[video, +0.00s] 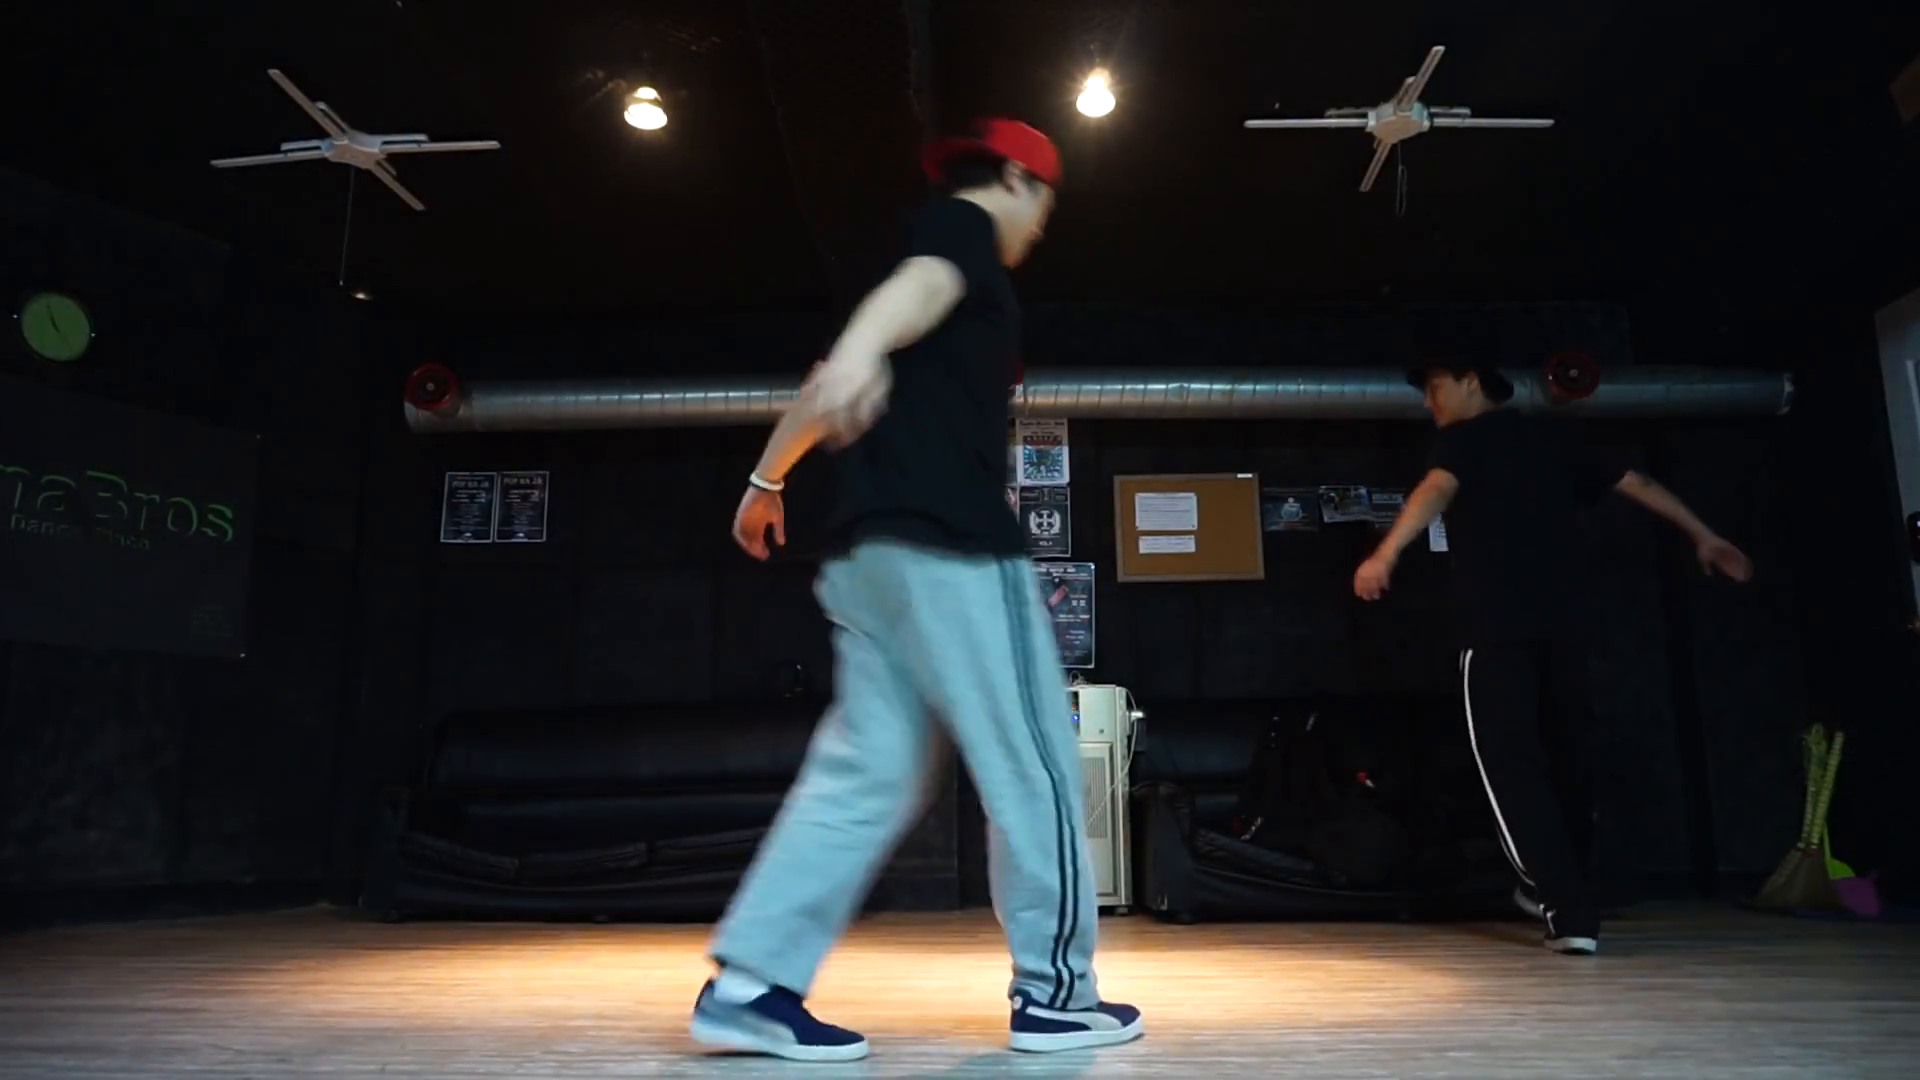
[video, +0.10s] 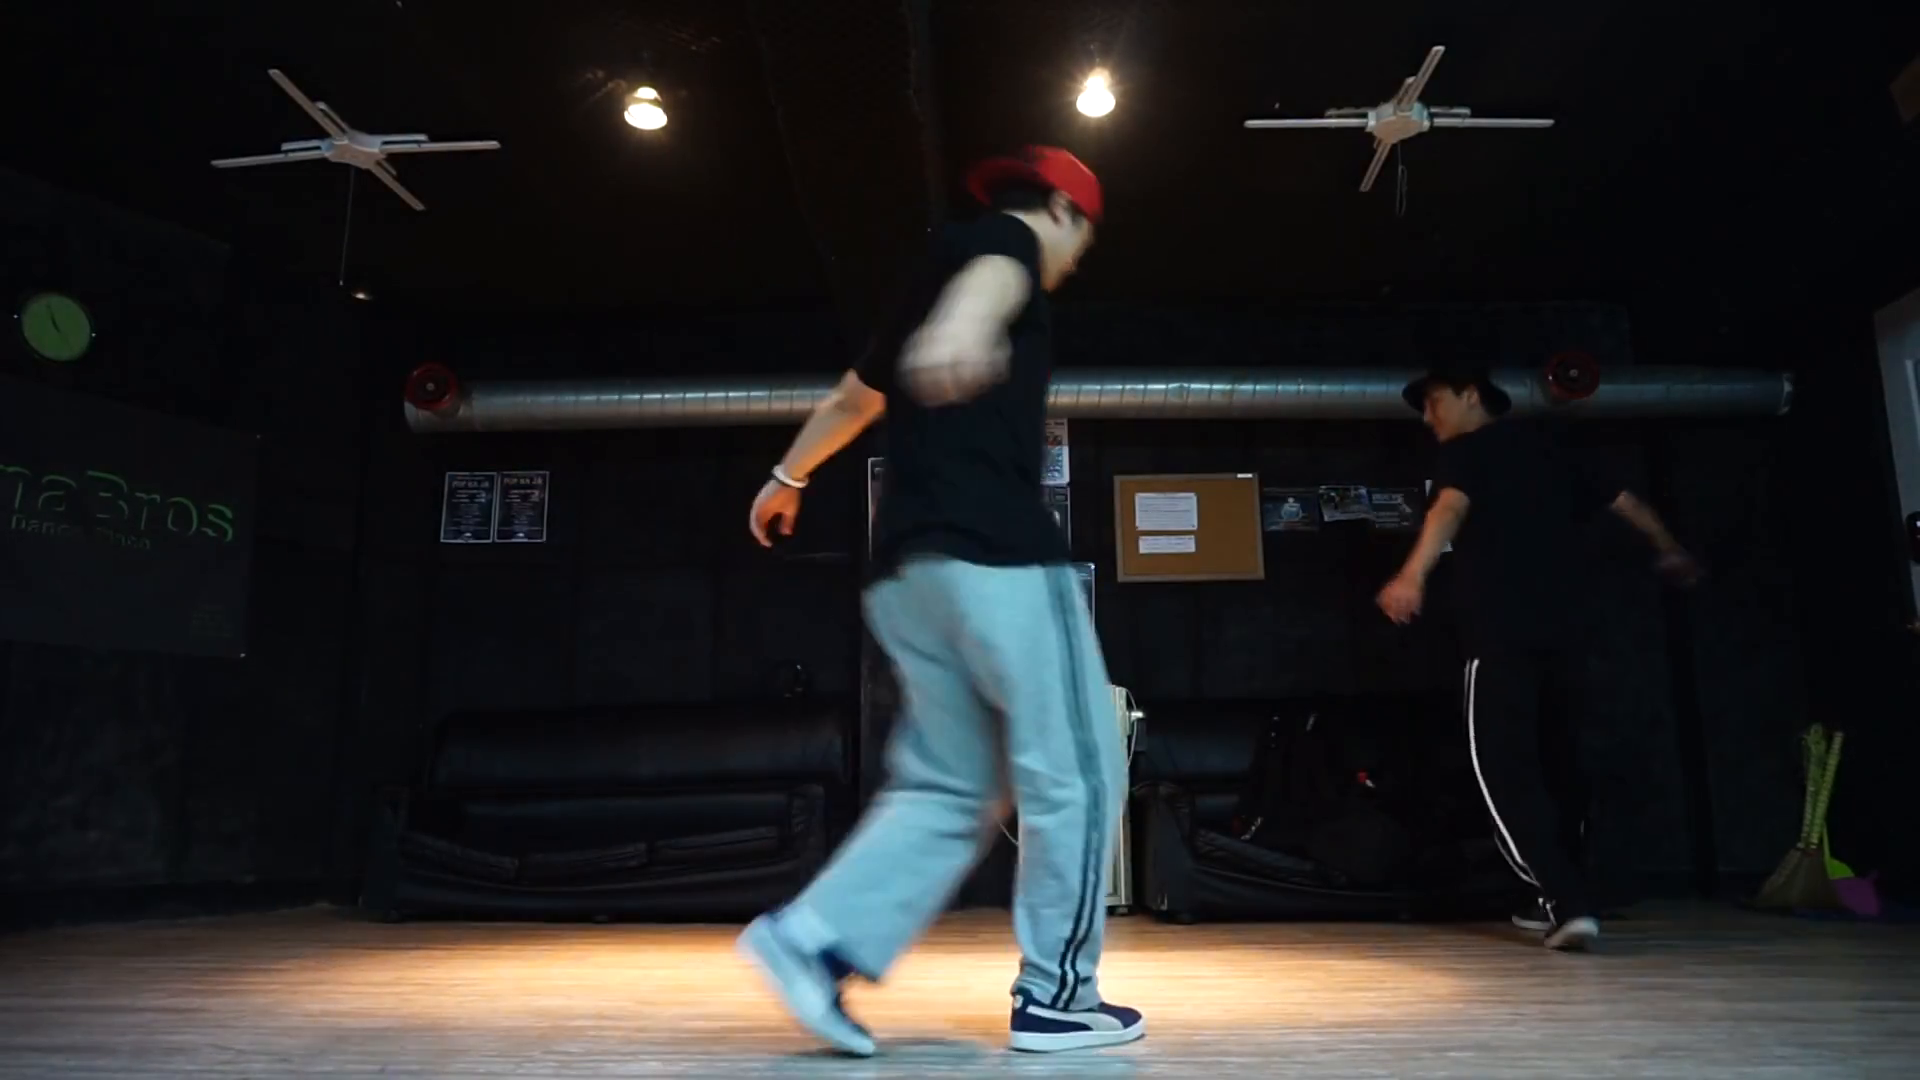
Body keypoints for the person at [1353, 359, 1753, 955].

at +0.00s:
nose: (1432, 406)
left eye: (1435, 390)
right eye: (1429, 394)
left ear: (1468, 381)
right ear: (1484, 382)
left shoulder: (1463, 439)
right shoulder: (1551, 435)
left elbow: (1436, 488)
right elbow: (1635, 484)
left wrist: (1384, 554)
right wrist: (1703, 536)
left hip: (1494, 629)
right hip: (1563, 624)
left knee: (1508, 765)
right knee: (1562, 752)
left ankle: (1571, 916)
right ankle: (1557, 892)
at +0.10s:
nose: (1430, 418)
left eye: (1435, 403)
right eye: (1427, 407)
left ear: (1469, 395)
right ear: (1479, 397)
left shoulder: (1468, 451)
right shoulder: (1547, 446)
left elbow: (1449, 507)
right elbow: (1625, 502)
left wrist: (1412, 574)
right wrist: (1667, 546)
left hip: (1499, 628)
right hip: (1560, 623)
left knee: (1499, 765)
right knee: (1554, 756)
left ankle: (1567, 907)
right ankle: (1552, 902)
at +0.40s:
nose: (1445, 403)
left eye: (1456, 391)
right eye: (1440, 395)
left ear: (1490, 394)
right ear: (1438, 404)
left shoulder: (1494, 453)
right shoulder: (1503, 453)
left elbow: (1451, 532)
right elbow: (1490, 553)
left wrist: (1378, 587)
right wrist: (1429, 554)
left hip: (1502, 629)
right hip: (1517, 624)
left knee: (1468, 759)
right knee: (1523, 754)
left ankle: (1545, 880)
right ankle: (1563, 892)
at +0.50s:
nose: (1446, 402)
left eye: (1459, 391)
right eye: (1441, 395)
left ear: (1492, 398)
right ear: (1441, 406)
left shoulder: (1496, 453)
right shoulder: (1493, 459)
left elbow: (1445, 527)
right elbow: (1451, 550)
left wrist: (1358, 563)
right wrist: (1370, 552)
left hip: (1504, 629)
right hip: (1516, 625)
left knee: (1478, 760)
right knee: (1530, 759)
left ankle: (1498, 895)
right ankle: (1559, 894)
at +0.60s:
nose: (1444, 407)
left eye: (1457, 396)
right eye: (1437, 399)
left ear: (1488, 403)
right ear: (1433, 411)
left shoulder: (1497, 457)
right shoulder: (1470, 469)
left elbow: (1444, 535)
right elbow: (1432, 554)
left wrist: (1358, 551)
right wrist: (1357, 552)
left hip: (1514, 633)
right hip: (1500, 632)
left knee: (1488, 765)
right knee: (1531, 761)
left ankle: (1476, 900)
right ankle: (1554, 896)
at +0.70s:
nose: (1439, 409)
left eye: (1451, 399)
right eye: (1431, 403)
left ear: (1480, 408)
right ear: (1424, 417)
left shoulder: (1495, 466)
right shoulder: (1442, 480)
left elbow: (1458, 549)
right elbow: (1431, 551)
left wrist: (1378, 580)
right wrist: (1376, 574)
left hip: (1499, 640)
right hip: (1468, 641)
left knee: (1483, 770)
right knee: (1513, 767)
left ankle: (1477, 901)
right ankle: (1551, 890)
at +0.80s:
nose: (1439, 406)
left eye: (1451, 397)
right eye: (1430, 399)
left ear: (1476, 407)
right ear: (1420, 414)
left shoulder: (1495, 466)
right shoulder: (1431, 483)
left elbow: (1476, 551)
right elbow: (1414, 551)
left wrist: (1441, 627)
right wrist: (1389, 600)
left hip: (1493, 635)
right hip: (1450, 633)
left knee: (1482, 766)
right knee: (1463, 763)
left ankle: (1479, 900)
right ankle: (1537, 867)